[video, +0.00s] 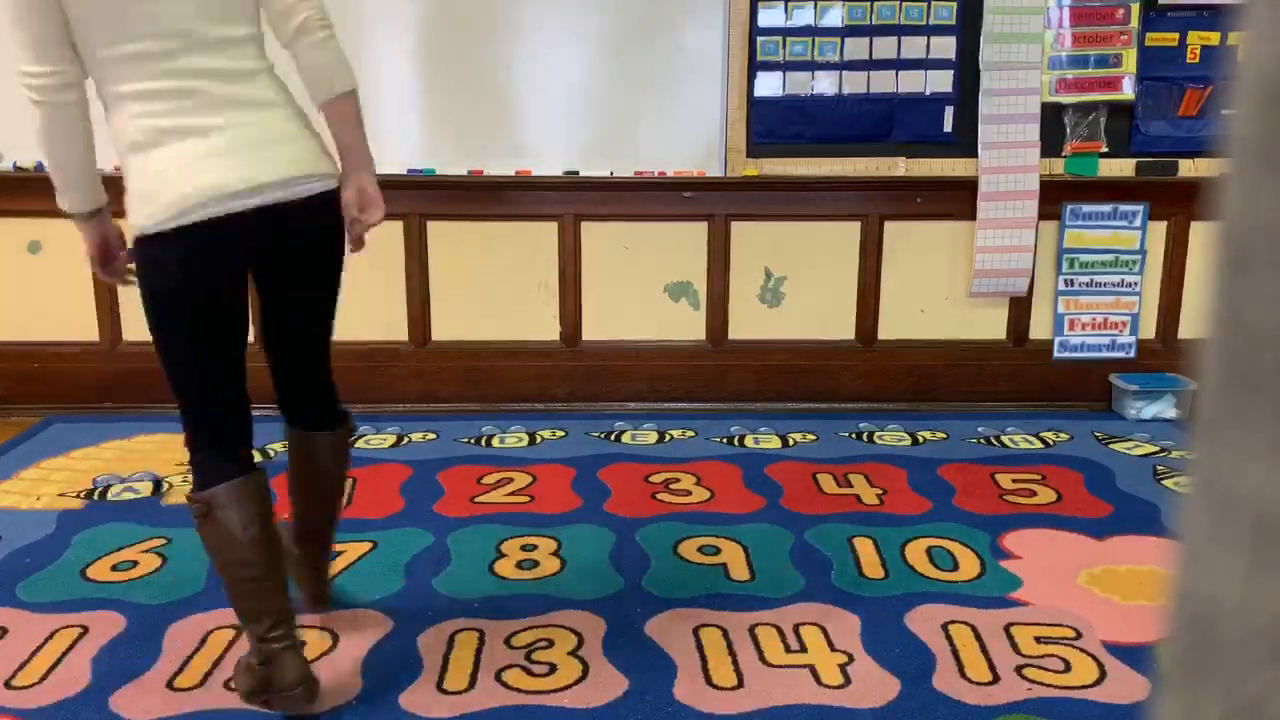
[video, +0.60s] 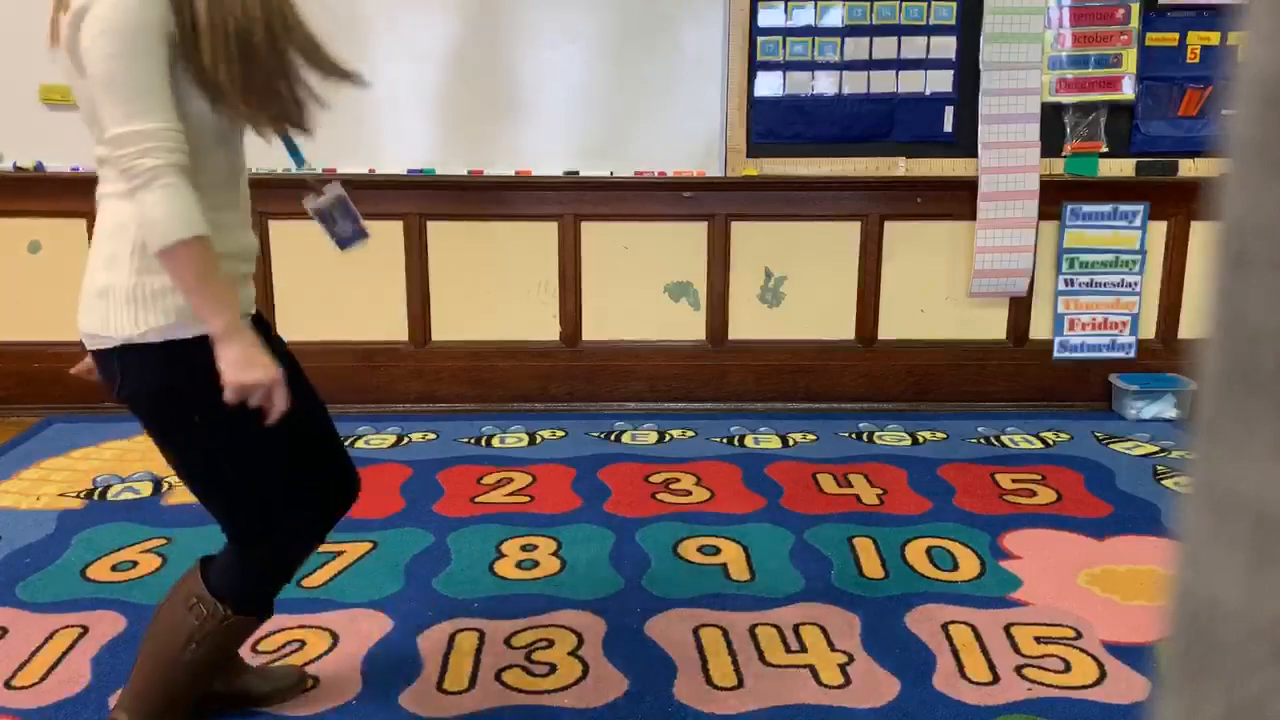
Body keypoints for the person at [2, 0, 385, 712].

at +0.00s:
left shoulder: (40, 3)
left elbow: (51, 82)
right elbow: (302, 23)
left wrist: (90, 214)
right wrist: (359, 163)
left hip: (176, 206)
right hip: (299, 184)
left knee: (216, 426)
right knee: (308, 381)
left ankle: (276, 653)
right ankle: (312, 570)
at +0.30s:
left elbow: (95, 75)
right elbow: (197, 51)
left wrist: (127, 195)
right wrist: (249, 204)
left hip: (141, 207)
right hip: (228, 203)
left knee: (213, 424)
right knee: (293, 424)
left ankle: (234, 648)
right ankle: (265, 668)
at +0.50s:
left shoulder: (104, 12)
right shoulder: (159, 5)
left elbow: (101, 117)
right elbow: (179, 108)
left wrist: (106, 270)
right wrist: (250, 279)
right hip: (175, 268)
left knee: (292, 453)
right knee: (267, 471)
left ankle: (210, 654)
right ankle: (151, 696)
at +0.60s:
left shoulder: (184, 16)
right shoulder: (124, 11)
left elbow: (162, 179)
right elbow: (153, 175)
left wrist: (122, 323)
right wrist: (229, 330)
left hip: (210, 313)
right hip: (160, 326)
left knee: (325, 483)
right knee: (279, 514)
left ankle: (209, 664)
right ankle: (145, 705)